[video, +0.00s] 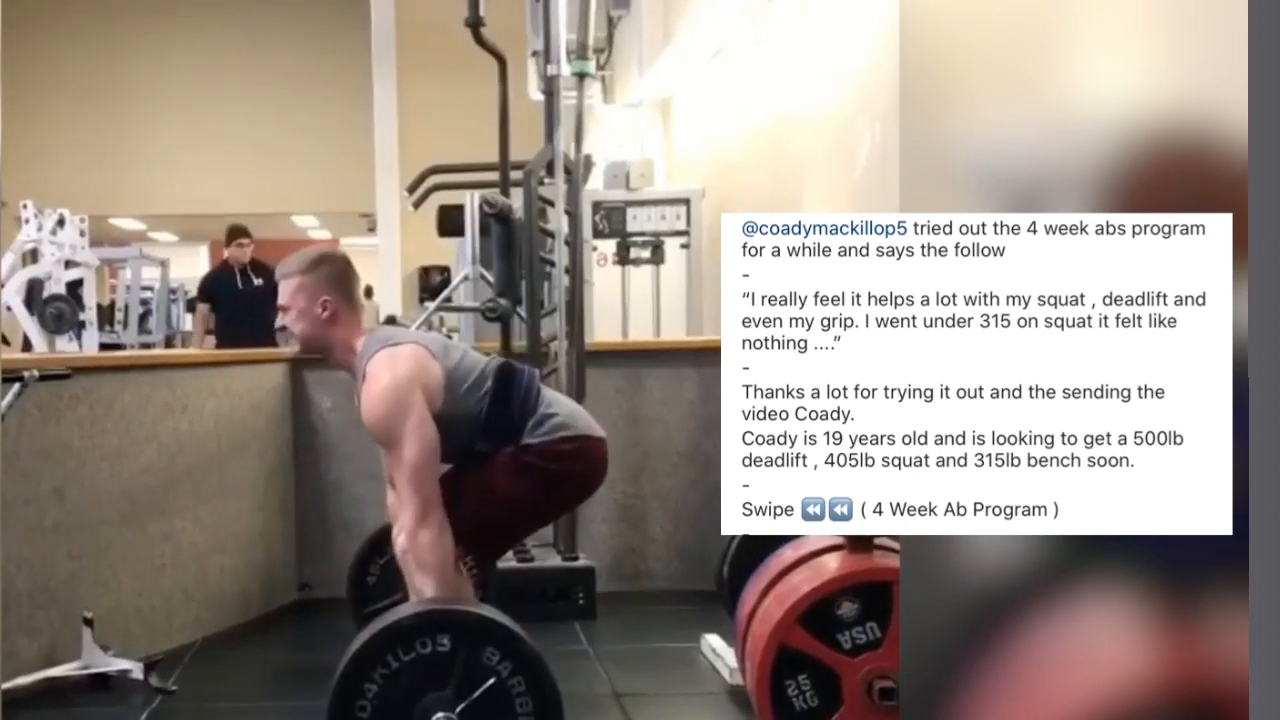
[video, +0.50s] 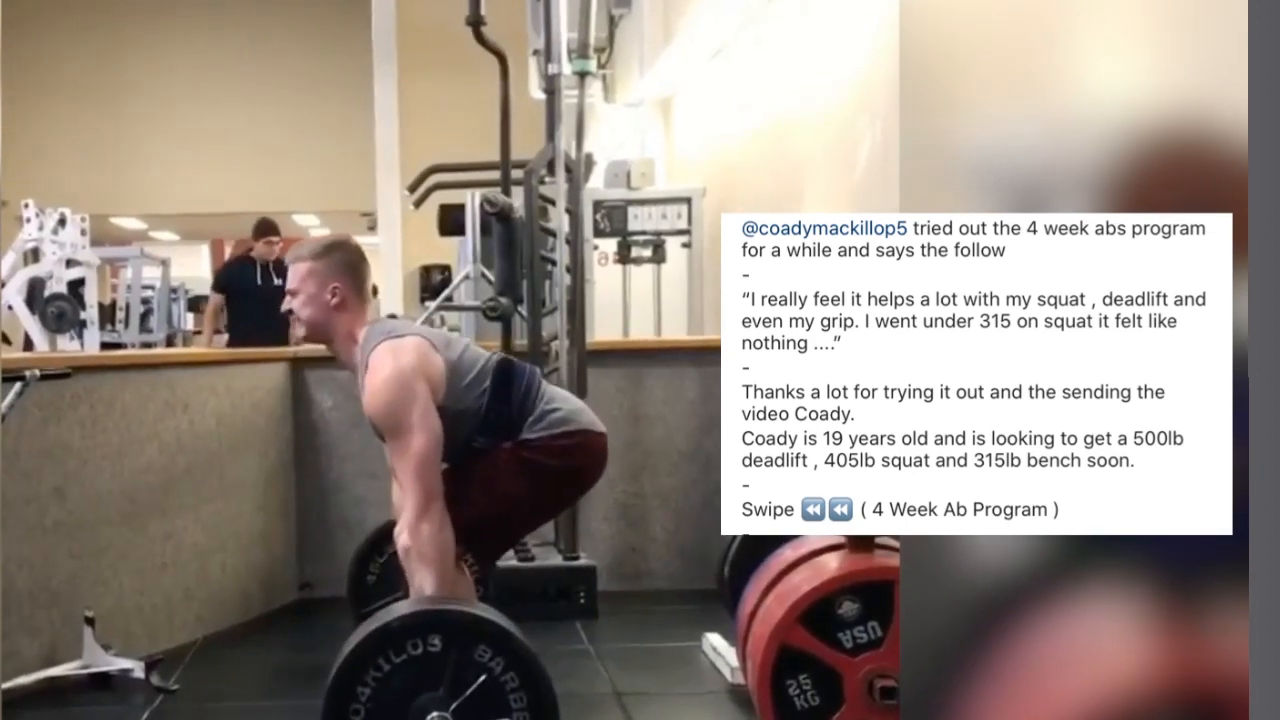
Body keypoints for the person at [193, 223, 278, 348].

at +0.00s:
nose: (245, 250)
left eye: (248, 245)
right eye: (239, 245)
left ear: (253, 246)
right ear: (227, 248)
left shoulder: (265, 272)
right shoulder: (213, 279)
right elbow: (201, 317)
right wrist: (195, 350)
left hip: (266, 353)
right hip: (229, 355)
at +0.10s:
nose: (249, 251)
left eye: (252, 246)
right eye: (243, 246)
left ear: (256, 247)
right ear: (230, 249)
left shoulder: (269, 275)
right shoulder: (214, 279)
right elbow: (201, 316)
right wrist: (194, 350)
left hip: (266, 355)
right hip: (228, 357)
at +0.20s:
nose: (255, 253)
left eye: (258, 247)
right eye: (249, 248)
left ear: (263, 248)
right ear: (235, 249)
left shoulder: (273, 277)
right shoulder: (218, 279)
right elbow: (203, 315)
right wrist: (195, 353)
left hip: (267, 358)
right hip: (230, 360)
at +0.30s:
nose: (262, 252)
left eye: (266, 246)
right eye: (256, 246)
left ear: (269, 247)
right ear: (242, 247)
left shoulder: (277, 276)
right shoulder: (223, 275)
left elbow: (288, 315)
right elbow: (206, 314)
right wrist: (198, 351)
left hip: (271, 357)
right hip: (232, 359)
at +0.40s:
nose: (270, 250)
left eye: (273, 245)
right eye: (264, 245)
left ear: (277, 244)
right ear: (250, 244)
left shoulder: (280, 272)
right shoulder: (228, 272)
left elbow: (290, 310)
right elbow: (210, 309)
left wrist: (297, 345)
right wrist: (203, 346)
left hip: (275, 354)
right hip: (237, 355)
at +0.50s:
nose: (274, 248)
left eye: (277, 243)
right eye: (268, 243)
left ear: (281, 243)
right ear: (255, 242)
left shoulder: (283, 269)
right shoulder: (233, 269)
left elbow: (295, 309)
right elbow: (213, 308)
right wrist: (206, 346)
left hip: (279, 352)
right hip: (241, 355)